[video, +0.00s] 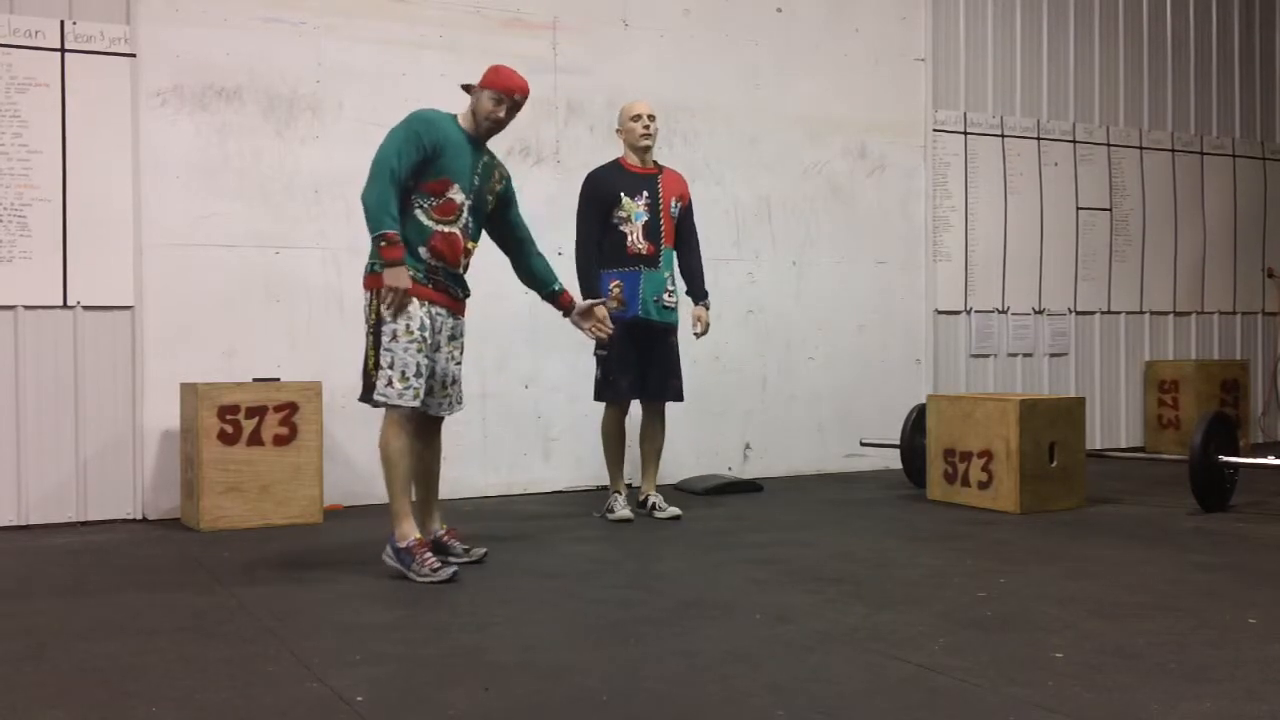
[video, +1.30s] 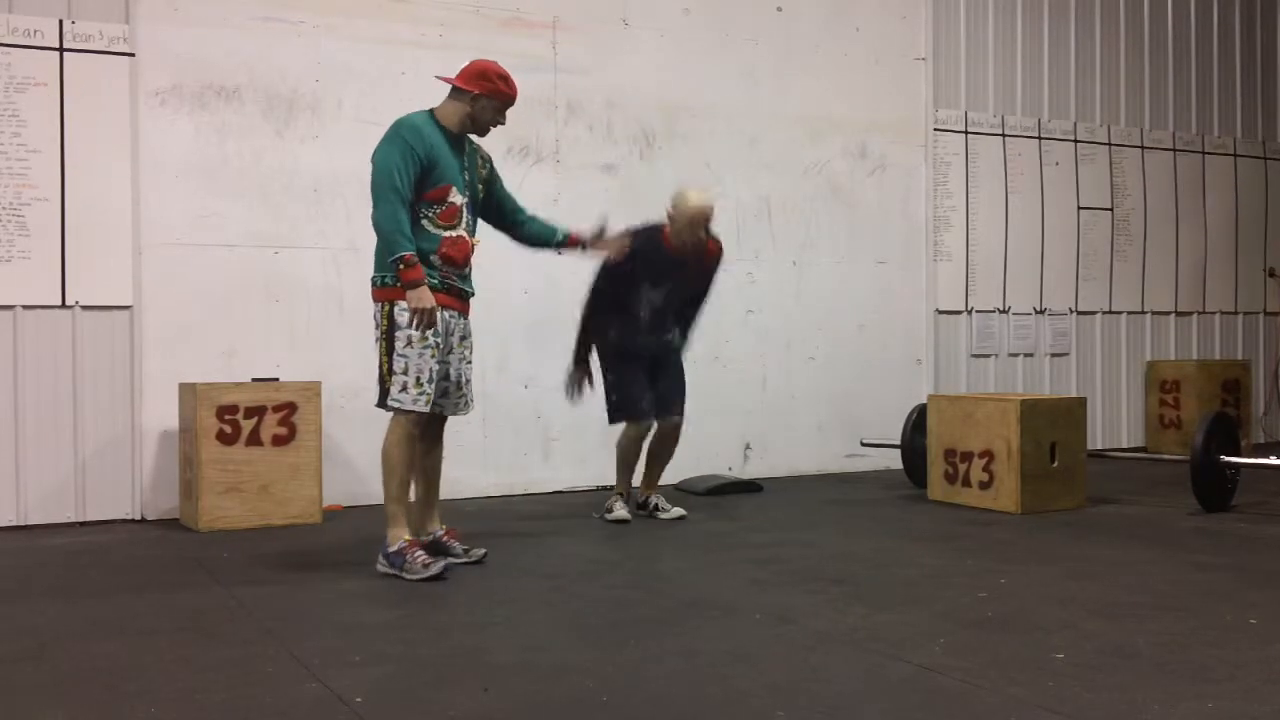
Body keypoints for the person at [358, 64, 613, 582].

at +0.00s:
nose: (502, 110)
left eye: (511, 106)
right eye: (496, 98)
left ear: (516, 116)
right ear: (473, 93)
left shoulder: (493, 177)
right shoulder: (427, 127)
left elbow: (522, 249)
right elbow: (379, 185)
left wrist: (571, 307)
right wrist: (393, 259)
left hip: (447, 301)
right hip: (405, 290)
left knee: (430, 415)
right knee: (402, 411)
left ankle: (430, 530)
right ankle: (403, 538)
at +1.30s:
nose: (500, 122)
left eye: (503, 113)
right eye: (498, 111)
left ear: (480, 102)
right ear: (473, 97)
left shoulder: (474, 159)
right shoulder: (408, 136)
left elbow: (515, 221)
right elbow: (388, 212)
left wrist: (581, 240)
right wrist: (413, 281)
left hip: (451, 302)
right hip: (410, 297)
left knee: (434, 417)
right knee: (408, 415)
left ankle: (428, 531)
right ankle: (396, 542)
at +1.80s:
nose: (484, 115)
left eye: (487, 107)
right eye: (481, 105)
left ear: (463, 99)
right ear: (452, 94)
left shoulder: (468, 144)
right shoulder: (391, 141)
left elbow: (484, 219)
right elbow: (376, 226)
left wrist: (533, 270)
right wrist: (398, 299)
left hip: (449, 305)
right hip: (401, 304)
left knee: (438, 417)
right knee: (394, 418)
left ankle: (428, 530)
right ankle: (389, 542)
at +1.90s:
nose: (486, 116)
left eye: (489, 106)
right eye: (483, 106)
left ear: (461, 99)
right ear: (453, 96)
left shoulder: (470, 145)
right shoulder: (389, 141)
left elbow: (475, 224)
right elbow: (373, 225)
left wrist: (486, 295)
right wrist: (393, 301)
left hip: (450, 308)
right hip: (400, 308)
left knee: (454, 410)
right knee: (390, 417)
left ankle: (432, 527)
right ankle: (389, 543)